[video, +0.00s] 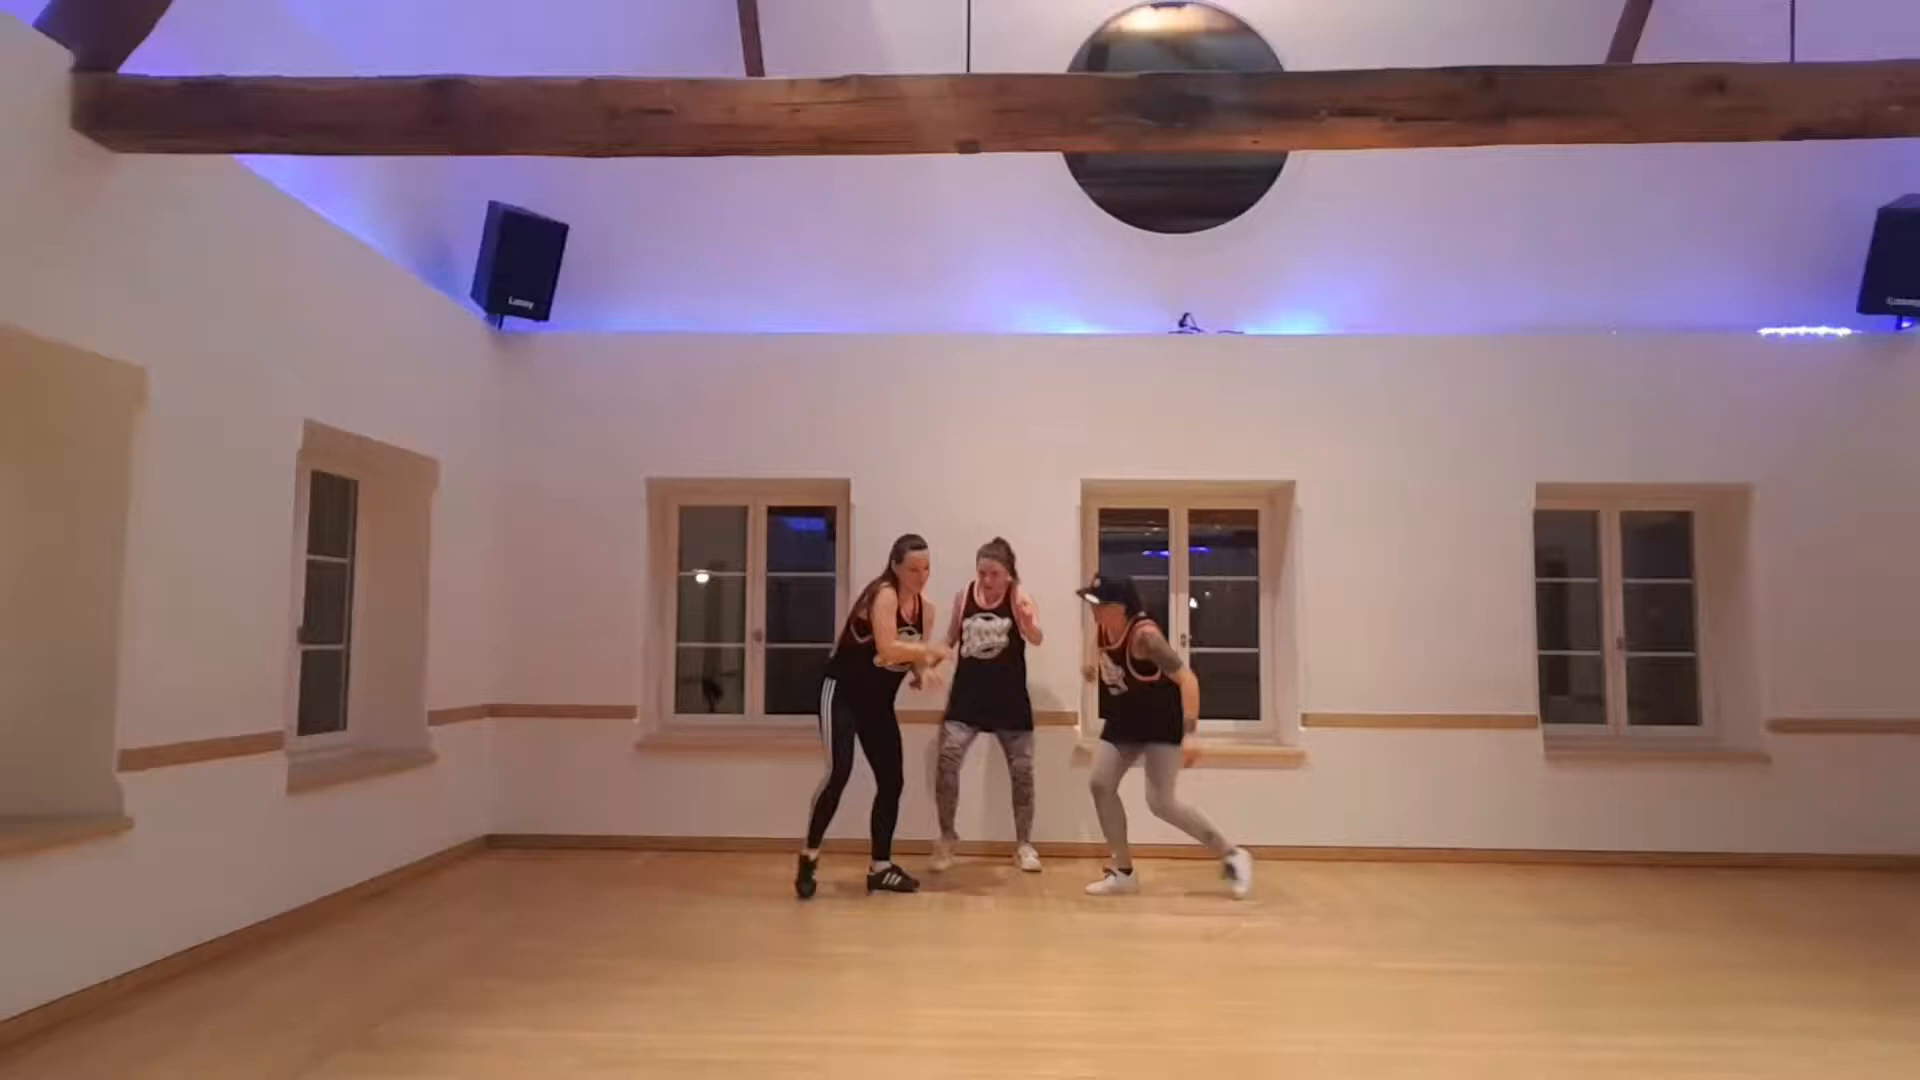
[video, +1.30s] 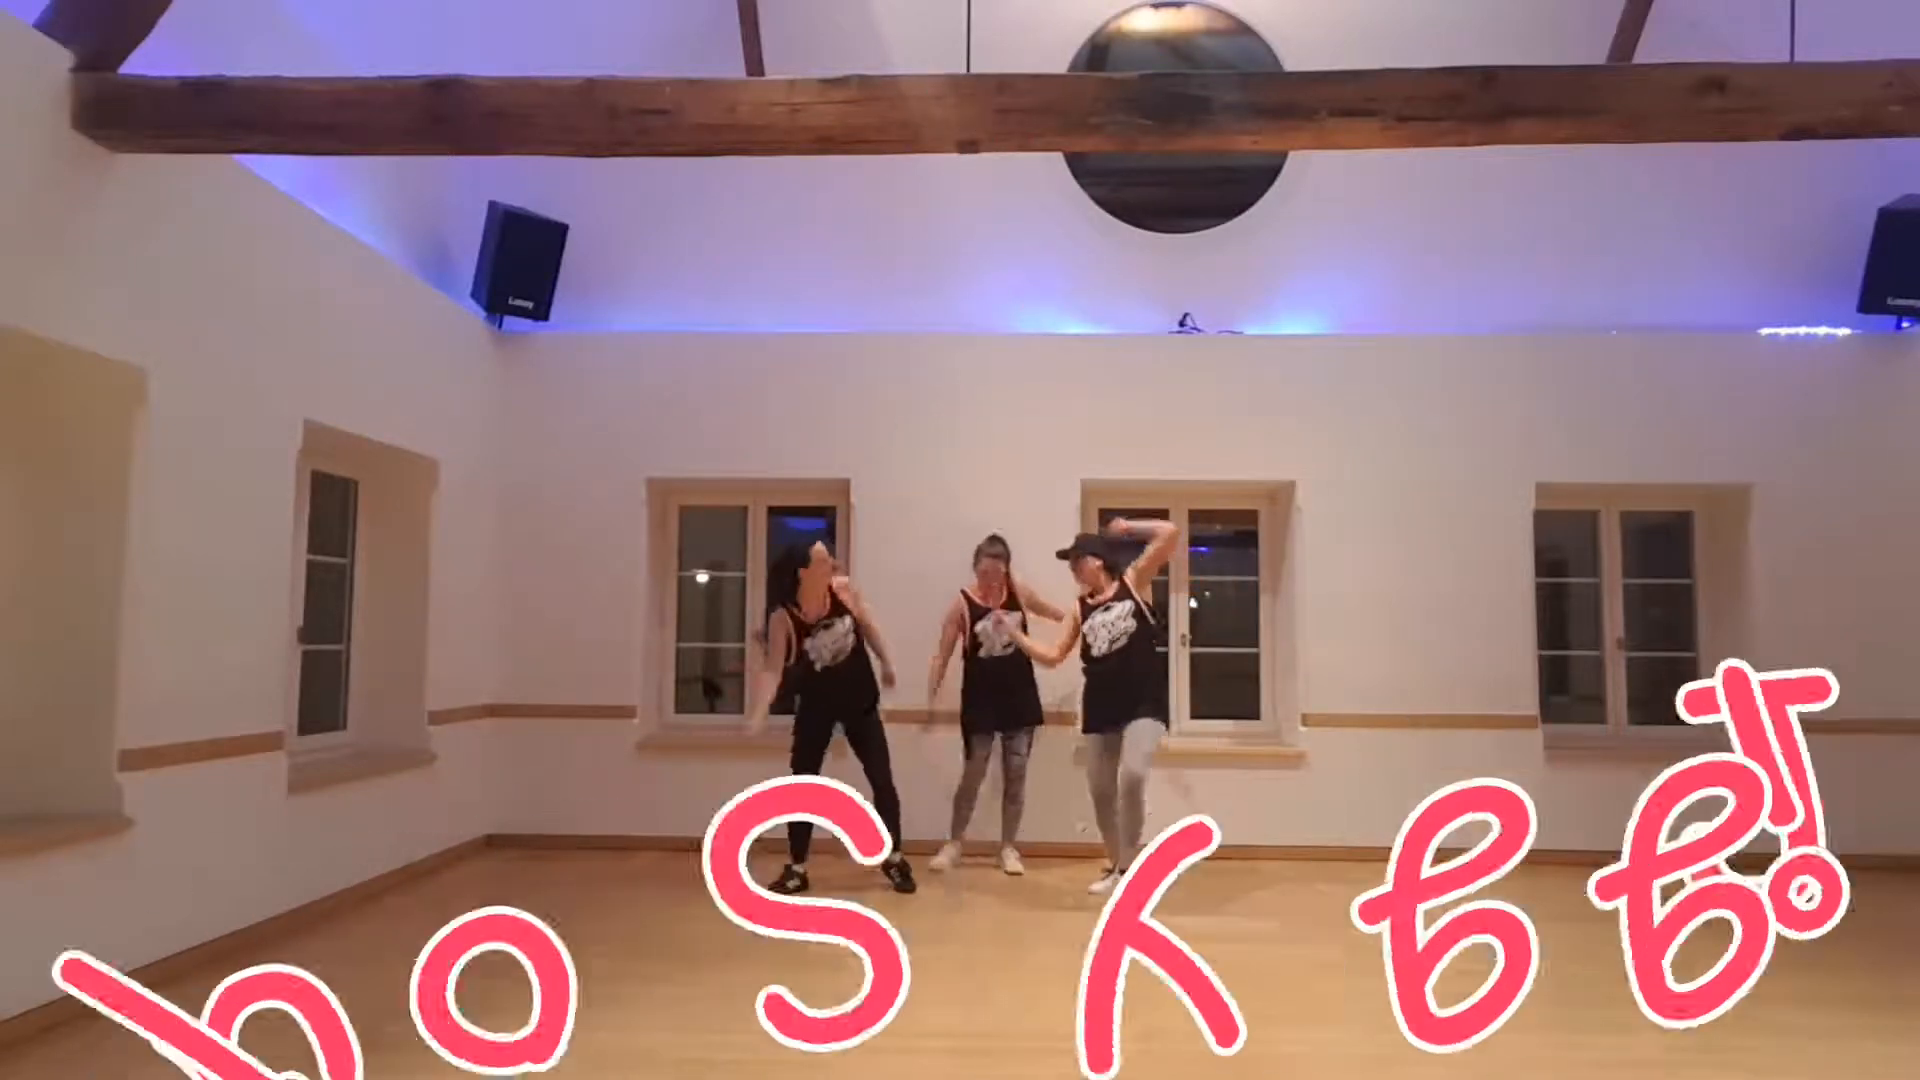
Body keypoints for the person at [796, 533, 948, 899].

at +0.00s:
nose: (922, 575)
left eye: (926, 568)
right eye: (915, 569)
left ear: (930, 568)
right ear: (896, 567)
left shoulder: (924, 606)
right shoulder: (885, 595)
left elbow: (914, 651)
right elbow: (886, 650)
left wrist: (921, 672)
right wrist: (927, 651)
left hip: (876, 697)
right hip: (841, 691)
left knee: (891, 780)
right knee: (839, 773)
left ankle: (880, 867)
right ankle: (809, 856)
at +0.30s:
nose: (916, 586)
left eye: (919, 580)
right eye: (908, 580)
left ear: (921, 580)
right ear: (889, 579)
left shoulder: (920, 616)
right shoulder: (866, 598)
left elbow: (917, 672)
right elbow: (834, 637)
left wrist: (902, 646)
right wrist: (873, 639)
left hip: (896, 702)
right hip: (857, 700)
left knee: (914, 785)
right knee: (863, 784)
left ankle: (883, 867)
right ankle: (836, 853)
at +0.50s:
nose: (906, 582)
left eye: (909, 575)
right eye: (899, 576)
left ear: (912, 573)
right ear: (878, 575)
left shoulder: (918, 610)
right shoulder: (854, 599)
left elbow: (916, 670)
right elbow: (836, 631)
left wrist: (885, 651)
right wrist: (824, 668)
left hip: (897, 700)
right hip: (857, 698)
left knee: (908, 786)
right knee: (865, 786)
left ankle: (883, 868)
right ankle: (842, 857)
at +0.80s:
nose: (879, 573)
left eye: (881, 566)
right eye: (871, 568)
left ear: (884, 566)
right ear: (851, 571)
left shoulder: (894, 598)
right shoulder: (838, 604)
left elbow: (915, 643)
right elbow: (822, 642)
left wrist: (920, 691)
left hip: (888, 699)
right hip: (845, 699)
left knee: (904, 782)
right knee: (827, 781)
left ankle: (885, 865)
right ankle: (803, 859)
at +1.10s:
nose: (838, 581)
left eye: (839, 575)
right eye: (829, 577)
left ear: (845, 581)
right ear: (808, 586)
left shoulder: (859, 614)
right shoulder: (795, 623)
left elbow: (904, 649)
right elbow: (776, 650)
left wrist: (941, 683)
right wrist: (747, 667)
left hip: (862, 717)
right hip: (817, 718)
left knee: (899, 790)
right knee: (788, 788)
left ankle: (897, 861)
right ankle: (795, 867)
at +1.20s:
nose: (835, 569)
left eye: (831, 563)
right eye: (826, 565)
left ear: (824, 575)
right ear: (804, 578)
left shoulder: (853, 603)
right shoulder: (785, 622)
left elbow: (890, 649)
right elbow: (766, 669)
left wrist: (917, 690)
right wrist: (745, 709)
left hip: (860, 710)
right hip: (814, 715)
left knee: (891, 787)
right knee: (795, 790)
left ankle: (897, 860)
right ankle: (796, 865)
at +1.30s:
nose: (827, 549)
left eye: (823, 545)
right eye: (819, 548)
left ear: (817, 569)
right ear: (803, 569)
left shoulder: (844, 590)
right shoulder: (784, 616)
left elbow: (868, 627)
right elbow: (773, 668)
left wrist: (886, 663)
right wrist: (759, 712)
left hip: (859, 701)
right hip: (815, 706)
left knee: (882, 781)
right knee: (802, 784)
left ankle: (893, 857)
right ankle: (796, 868)